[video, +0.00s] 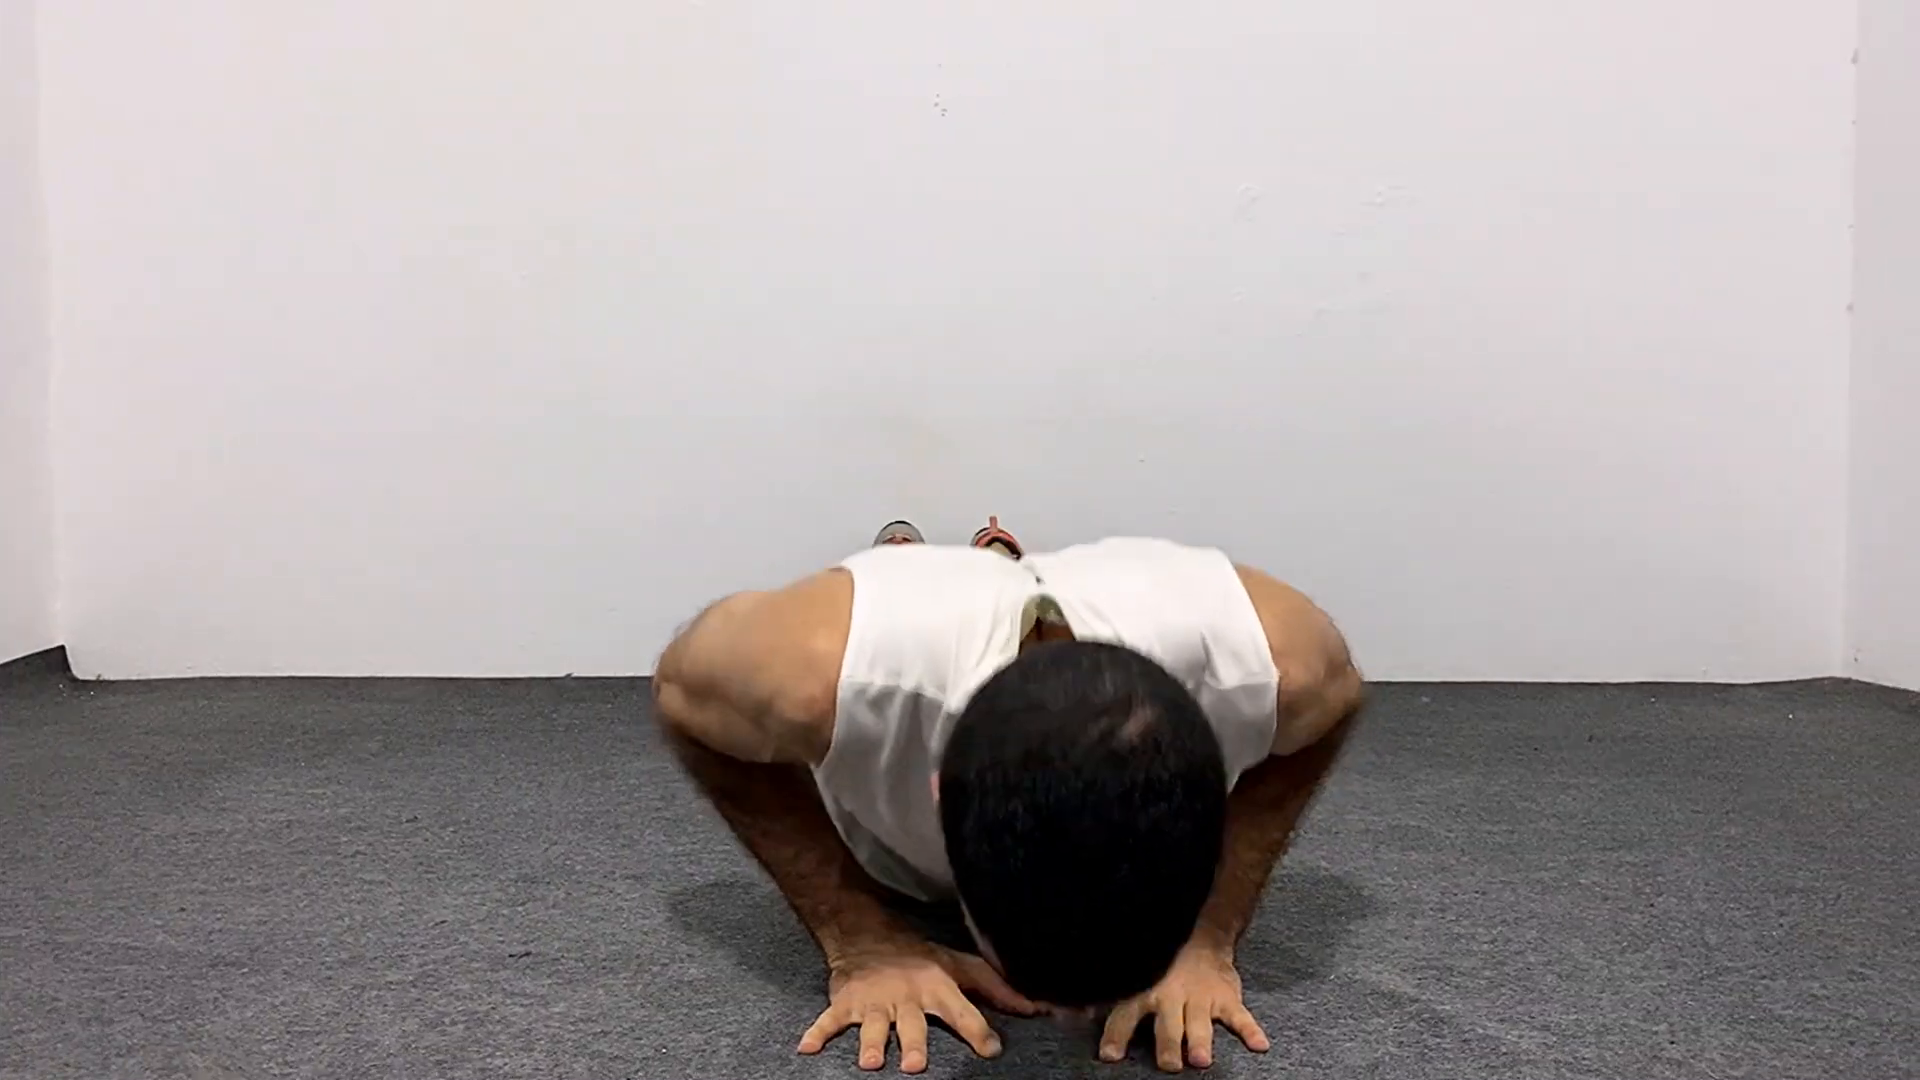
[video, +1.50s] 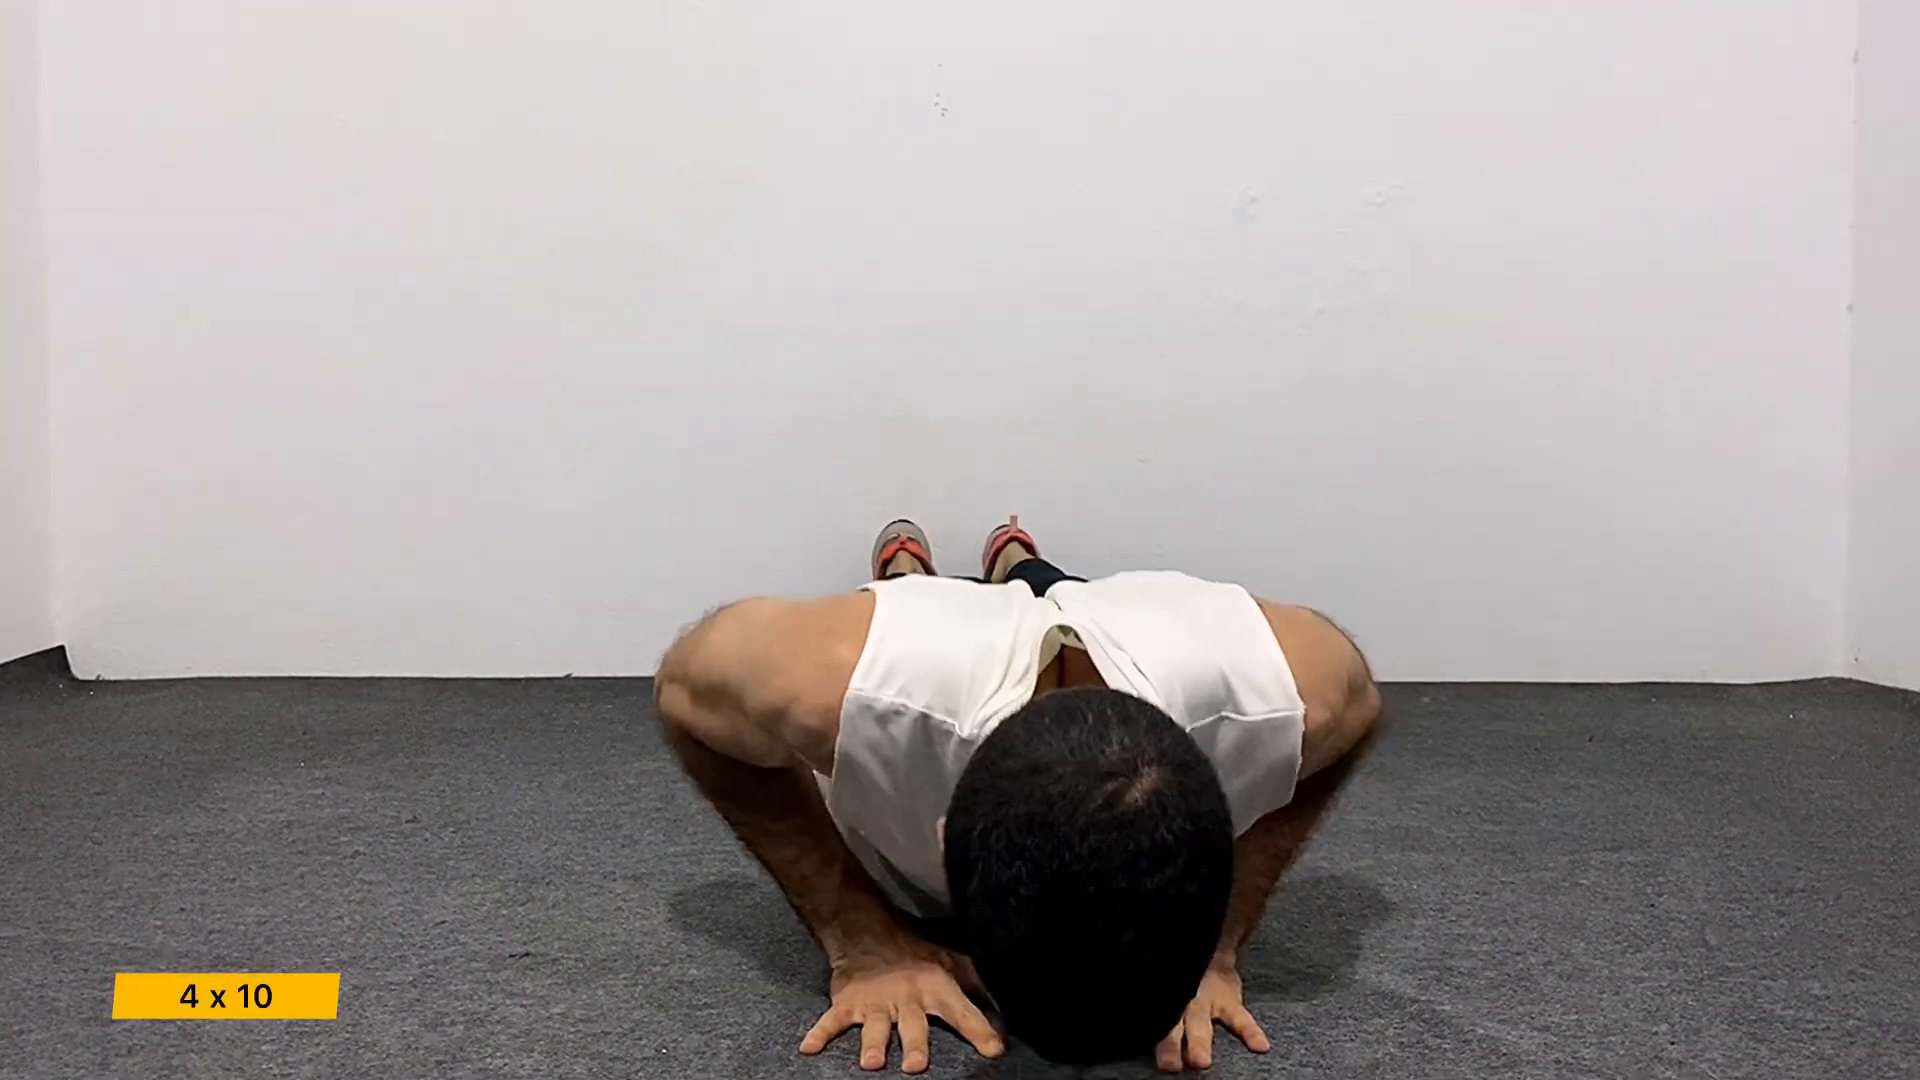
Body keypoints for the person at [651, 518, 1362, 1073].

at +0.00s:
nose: (1050, 1008)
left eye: (1100, 996)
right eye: (1022, 985)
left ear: (1215, 803)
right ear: (939, 797)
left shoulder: (1283, 661)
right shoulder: (811, 674)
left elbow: (1328, 708)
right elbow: (688, 692)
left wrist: (1214, 936)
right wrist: (857, 935)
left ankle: (1004, 564)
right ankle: (900, 559)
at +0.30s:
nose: (1059, 584)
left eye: (1111, 548)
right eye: (1017, 546)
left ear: (1180, 436)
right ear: (933, 399)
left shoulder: (1258, 389)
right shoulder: (804, 388)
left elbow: (1290, 652)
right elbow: (732, 659)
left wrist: (1197, 927)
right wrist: (866, 931)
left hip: (1101, 656)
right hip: (901, 671)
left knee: (1077, 684)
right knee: (919, 704)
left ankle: (1054, 695)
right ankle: (940, 712)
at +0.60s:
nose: (1066, 376)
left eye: (1112, 338)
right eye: (1025, 333)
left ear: (1181, 243)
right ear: (946, 201)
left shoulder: (1259, 248)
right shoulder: (808, 237)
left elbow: (1233, 602)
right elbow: (832, 599)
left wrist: (1192, 930)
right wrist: (872, 933)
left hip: (1090, 535)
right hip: (917, 541)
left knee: (1045, 609)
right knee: (922, 621)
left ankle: (1019, 632)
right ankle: (915, 652)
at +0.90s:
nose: (1082, 633)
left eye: (1124, 601)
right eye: (1043, 592)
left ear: (1203, 506)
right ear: (965, 456)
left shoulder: (1277, 390)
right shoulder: (832, 376)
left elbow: (1305, 654)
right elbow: (721, 651)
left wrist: (1200, 930)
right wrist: (865, 935)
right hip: (913, 616)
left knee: (1054, 677)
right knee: (916, 672)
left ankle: (1040, 676)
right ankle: (910, 673)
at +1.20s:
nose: (1065, 993)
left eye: (1111, 979)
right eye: (1027, 963)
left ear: (1229, 802)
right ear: (963, 783)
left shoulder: (1306, 653)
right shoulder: (843, 631)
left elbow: (1348, 729)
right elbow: (694, 693)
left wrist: (1212, 938)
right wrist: (861, 937)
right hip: (899, 808)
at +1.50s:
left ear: (1222, 814)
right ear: (948, 841)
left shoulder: (1300, 690)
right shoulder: (832, 687)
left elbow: (1355, 714)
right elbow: (689, 689)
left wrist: (1224, 945)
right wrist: (858, 934)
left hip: (1106, 620)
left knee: (1039, 592)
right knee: (907, 594)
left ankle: (1014, 563)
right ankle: (904, 566)